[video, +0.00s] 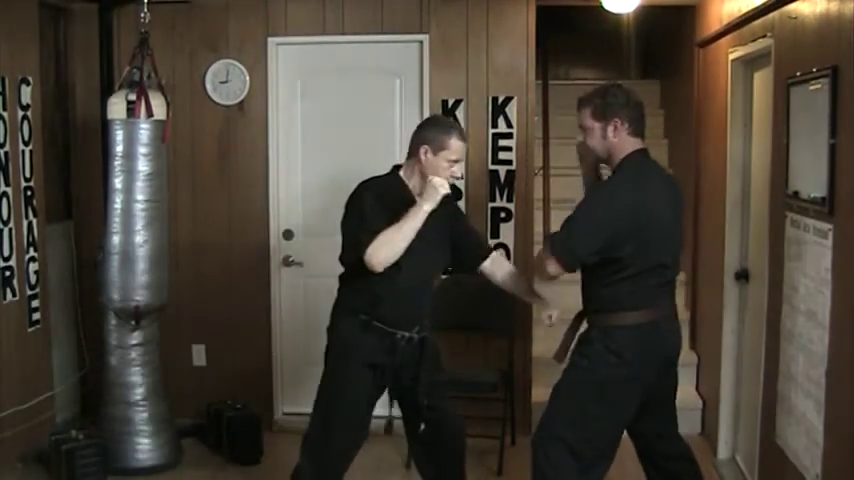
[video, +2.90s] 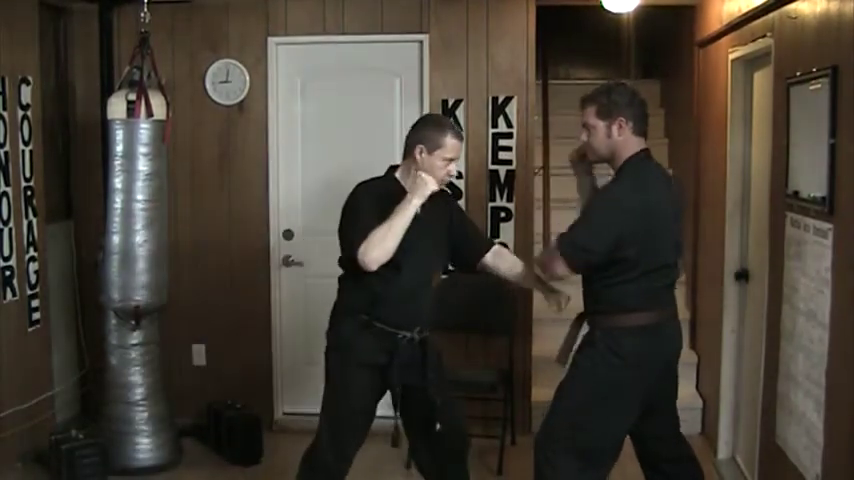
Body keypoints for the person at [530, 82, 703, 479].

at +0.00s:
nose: (582, 140)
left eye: (586, 130)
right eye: (582, 130)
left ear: (615, 127)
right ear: (624, 127)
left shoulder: (616, 191)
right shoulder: (665, 184)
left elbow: (553, 263)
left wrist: (550, 245)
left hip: (618, 342)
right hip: (660, 336)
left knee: (557, 448)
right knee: (662, 447)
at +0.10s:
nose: (579, 140)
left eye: (584, 130)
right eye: (579, 131)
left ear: (615, 129)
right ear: (616, 129)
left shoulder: (630, 184)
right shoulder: (639, 177)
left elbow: (575, 259)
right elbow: (589, 226)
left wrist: (551, 209)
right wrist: (566, 185)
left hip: (621, 340)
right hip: (645, 335)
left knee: (558, 451)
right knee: (661, 446)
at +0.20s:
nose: (579, 141)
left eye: (585, 131)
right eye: (579, 132)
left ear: (617, 130)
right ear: (614, 132)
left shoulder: (636, 189)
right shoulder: (618, 184)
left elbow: (586, 255)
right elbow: (552, 216)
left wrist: (573, 185)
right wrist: (516, 181)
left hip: (621, 340)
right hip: (635, 334)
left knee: (557, 452)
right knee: (659, 447)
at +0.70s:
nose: (577, 139)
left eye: (582, 129)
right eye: (576, 130)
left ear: (612, 128)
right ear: (616, 128)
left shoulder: (626, 186)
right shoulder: (642, 178)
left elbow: (556, 246)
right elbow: (578, 228)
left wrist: (537, 180)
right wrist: (573, 168)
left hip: (617, 343)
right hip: (644, 337)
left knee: (554, 453)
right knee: (660, 448)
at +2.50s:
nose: (586, 135)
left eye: (591, 125)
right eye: (585, 125)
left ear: (621, 126)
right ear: (626, 126)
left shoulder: (621, 187)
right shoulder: (662, 179)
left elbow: (550, 247)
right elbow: (602, 220)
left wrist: (540, 185)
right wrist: (587, 163)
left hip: (616, 342)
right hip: (659, 337)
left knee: (557, 455)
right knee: (666, 449)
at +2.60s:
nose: (585, 136)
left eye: (590, 126)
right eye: (585, 126)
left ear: (620, 126)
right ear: (628, 126)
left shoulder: (618, 189)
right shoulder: (663, 180)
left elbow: (548, 253)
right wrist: (595, 169)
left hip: (617, 342)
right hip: (661, 336)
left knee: (557, 454)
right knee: (666, 450)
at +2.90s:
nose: (583, 140)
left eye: (588, 129)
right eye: (583, 130)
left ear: (618, 127)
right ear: (624, 127)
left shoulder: (623, 191)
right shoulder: (660, 181)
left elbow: (556, 265)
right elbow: (601, 231)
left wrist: (548, 252)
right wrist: (584, 172)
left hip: (621, 341)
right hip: (658, 335)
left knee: (559, 452)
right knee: (664, 449)